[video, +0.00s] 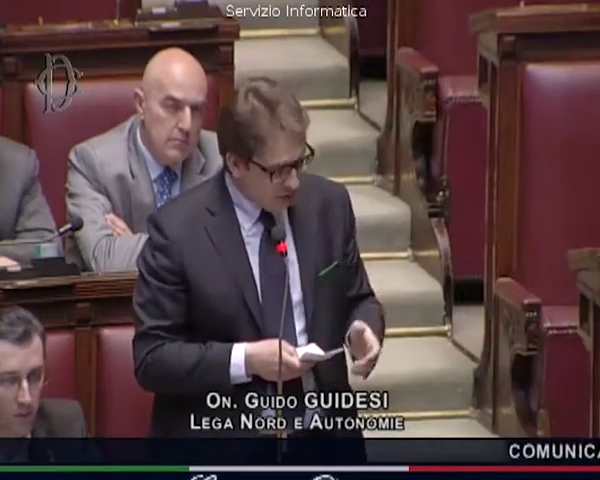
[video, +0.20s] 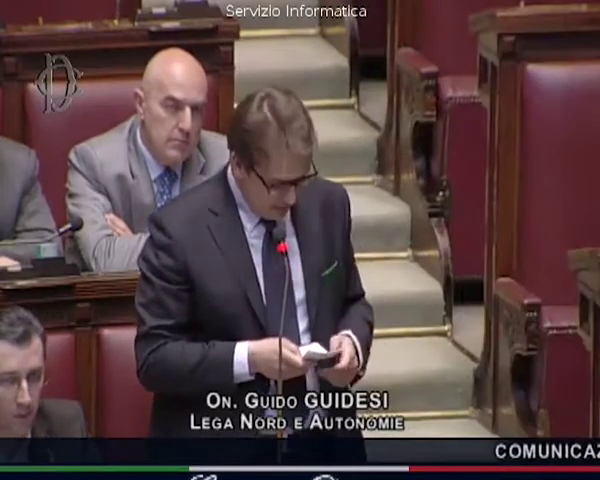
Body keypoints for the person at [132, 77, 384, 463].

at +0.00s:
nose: (293, 182)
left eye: (300, 163)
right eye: (278, 171)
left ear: (306, 149)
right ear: (235, 163)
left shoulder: (329, 202)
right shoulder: (177, 227)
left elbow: (361, 298)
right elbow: (151, 359)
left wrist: (364, 327)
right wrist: (244, 359)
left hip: (322, 441)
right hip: (217, 447)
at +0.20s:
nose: (290, 199)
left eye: (299, 182)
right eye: (276, 185)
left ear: (309, 162)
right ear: (238, 167)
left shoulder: (328, 203)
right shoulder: (178, 227)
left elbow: (354, 303)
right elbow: (154, 359)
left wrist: (352, 341)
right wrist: (247, 358)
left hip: (321, 439)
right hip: (217, 444)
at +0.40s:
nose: (293, 201)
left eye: (303, 185)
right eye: (281, 187)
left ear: (312, 163)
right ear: (241, 166)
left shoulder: (330, 204)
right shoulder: (179, 225)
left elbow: (357, 303)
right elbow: (156, 357)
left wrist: (354, 339)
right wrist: (248, 357)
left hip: (320, 439)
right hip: (218, 444)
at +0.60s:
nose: (294, 199)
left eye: (303, 183)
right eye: (280, 186)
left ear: (313, 163)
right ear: (242, 167)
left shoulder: (333, 205)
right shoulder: (180, 225)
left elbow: (360, 307)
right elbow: (155, 355)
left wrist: (354, 341)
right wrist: (245, 357)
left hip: (320, 439)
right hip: (217, 444)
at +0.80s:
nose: (293, 200)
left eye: (303, 184)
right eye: (280, 186)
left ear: (313, 163)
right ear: (243, 167)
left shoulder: (336, 206)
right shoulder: (181, 224)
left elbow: (363, 308)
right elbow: (156, 355)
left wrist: (356, 342)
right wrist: (245, 358)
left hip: (322, 438)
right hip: (217, 444)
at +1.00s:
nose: (295, 203)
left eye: (306, 187)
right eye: (282, 190)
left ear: (315, 165)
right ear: (244, 170)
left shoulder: (338, 207)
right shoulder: (183, 223)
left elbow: (366, 310)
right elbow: (158, 355)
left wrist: (357, 343)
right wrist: (246, 358)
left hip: (323, 441)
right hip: (219, 446)